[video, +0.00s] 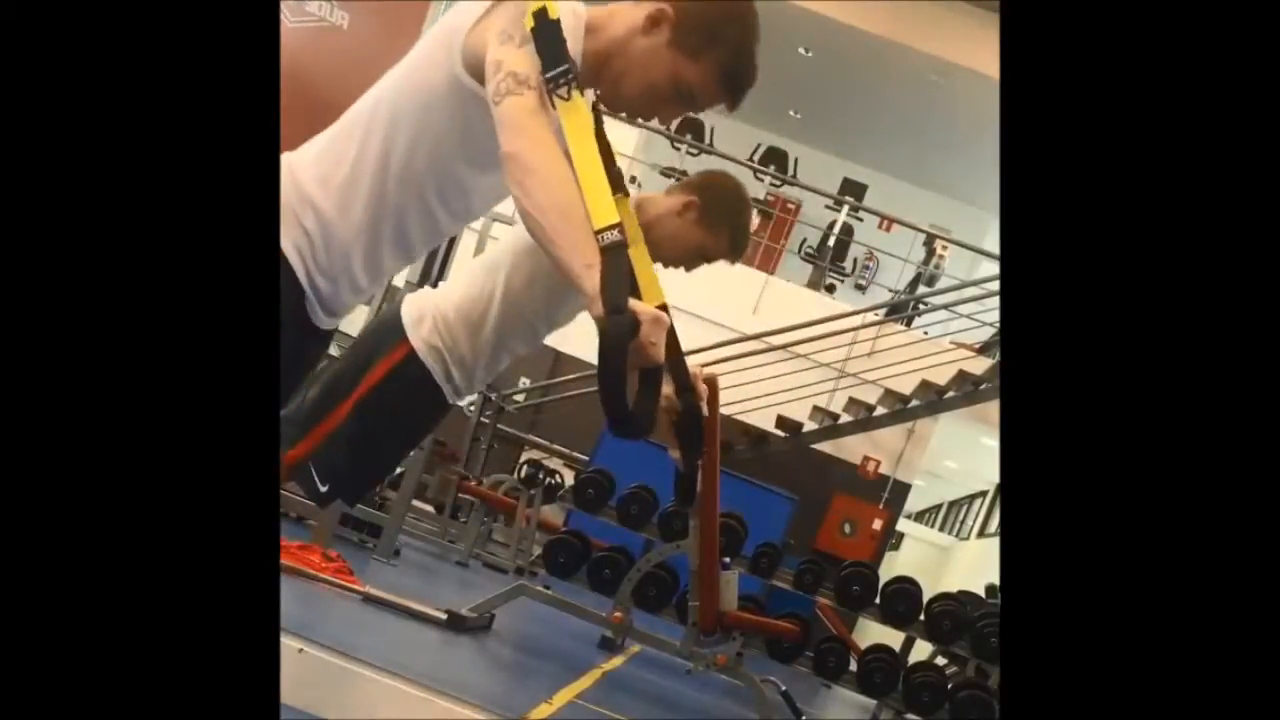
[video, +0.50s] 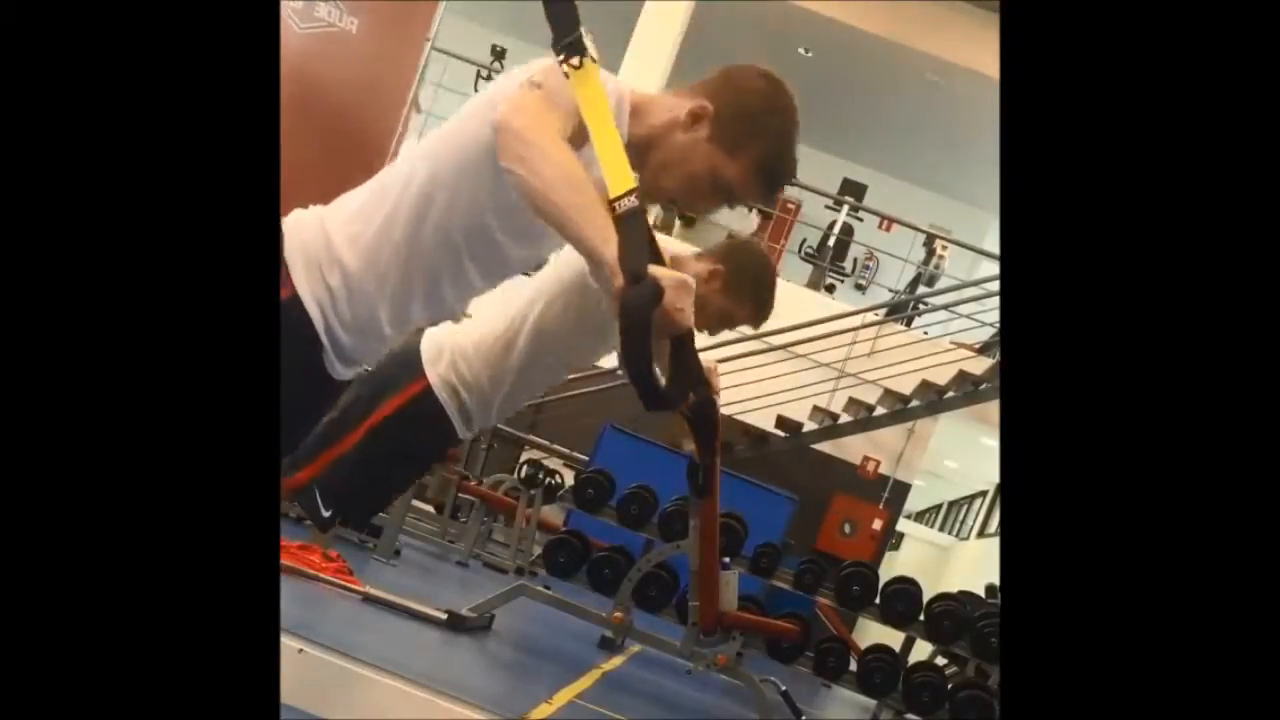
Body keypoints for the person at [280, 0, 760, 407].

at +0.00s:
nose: (668, 119)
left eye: (685, 113)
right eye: (681, 96)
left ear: (654, 20)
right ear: (657, 19)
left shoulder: (568, 92)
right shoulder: (525, 16)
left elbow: (608, 223)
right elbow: (525, 137)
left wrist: (665, 366)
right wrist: (608, 296)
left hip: (322, 305)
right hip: (288, 252)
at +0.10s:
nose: (675, 128)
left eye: (693, 122)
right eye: (687, 104)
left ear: (656, 30)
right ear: (661, 29)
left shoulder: (573, 107)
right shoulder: (536, 21)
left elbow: (608, 231)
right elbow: (520, 140)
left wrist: (664, 368)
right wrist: (608, 297)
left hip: (326, 310)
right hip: (289, 255)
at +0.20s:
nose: (677, 137)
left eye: (694, 131)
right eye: (690, 115)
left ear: (660, 40)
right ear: (666, 39)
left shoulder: (582, 124)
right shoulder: (542, 27)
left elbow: (611, 245)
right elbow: (519, 143)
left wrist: (669, 370)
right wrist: (601, 282)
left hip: (328, 319)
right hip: (290, 260)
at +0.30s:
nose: (686, 155)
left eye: (705, 148)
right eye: (698, 131)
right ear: (676, 57)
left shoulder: (588, 139)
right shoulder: (552, 39)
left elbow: (616, 250)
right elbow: (521, 141)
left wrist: (671, 363)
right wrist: (616, 280)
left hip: (330, 329)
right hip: (291, 272)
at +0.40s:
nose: (694, 177)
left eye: (712, 169)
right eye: (707, 156)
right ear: (685, 84)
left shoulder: (597, 144)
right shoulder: (563, 57)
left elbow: (627, 252)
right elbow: (519, 136)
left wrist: (670, 350)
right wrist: (621, 277)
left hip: (336, 342)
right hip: (294, 284)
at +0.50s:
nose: (704, 208)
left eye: (722, 203)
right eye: (718, 189)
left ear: (696, 120)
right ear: (697, 121)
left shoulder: (615, 174)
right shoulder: (582, 84)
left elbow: (634, 266)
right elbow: (522, 141)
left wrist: (683, 352)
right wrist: (628, 271)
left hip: (341, 357)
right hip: (297, 298)